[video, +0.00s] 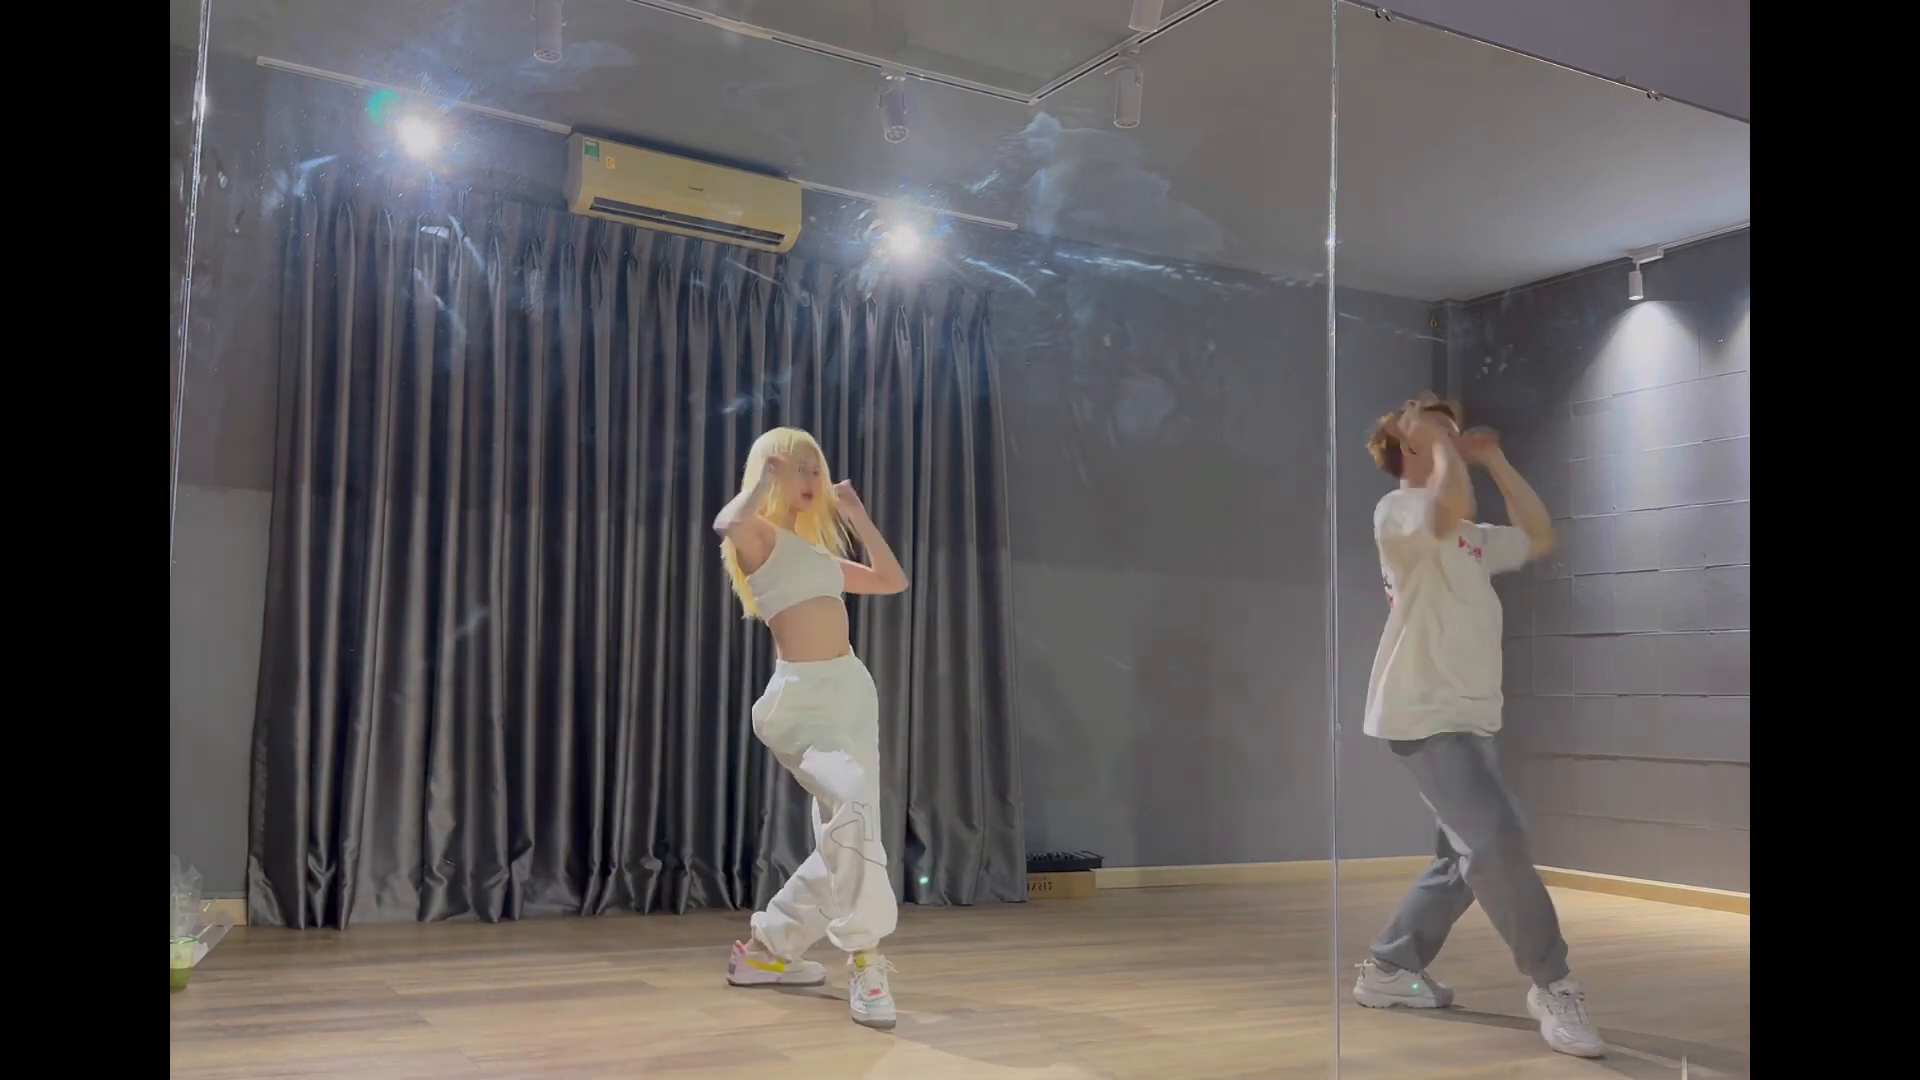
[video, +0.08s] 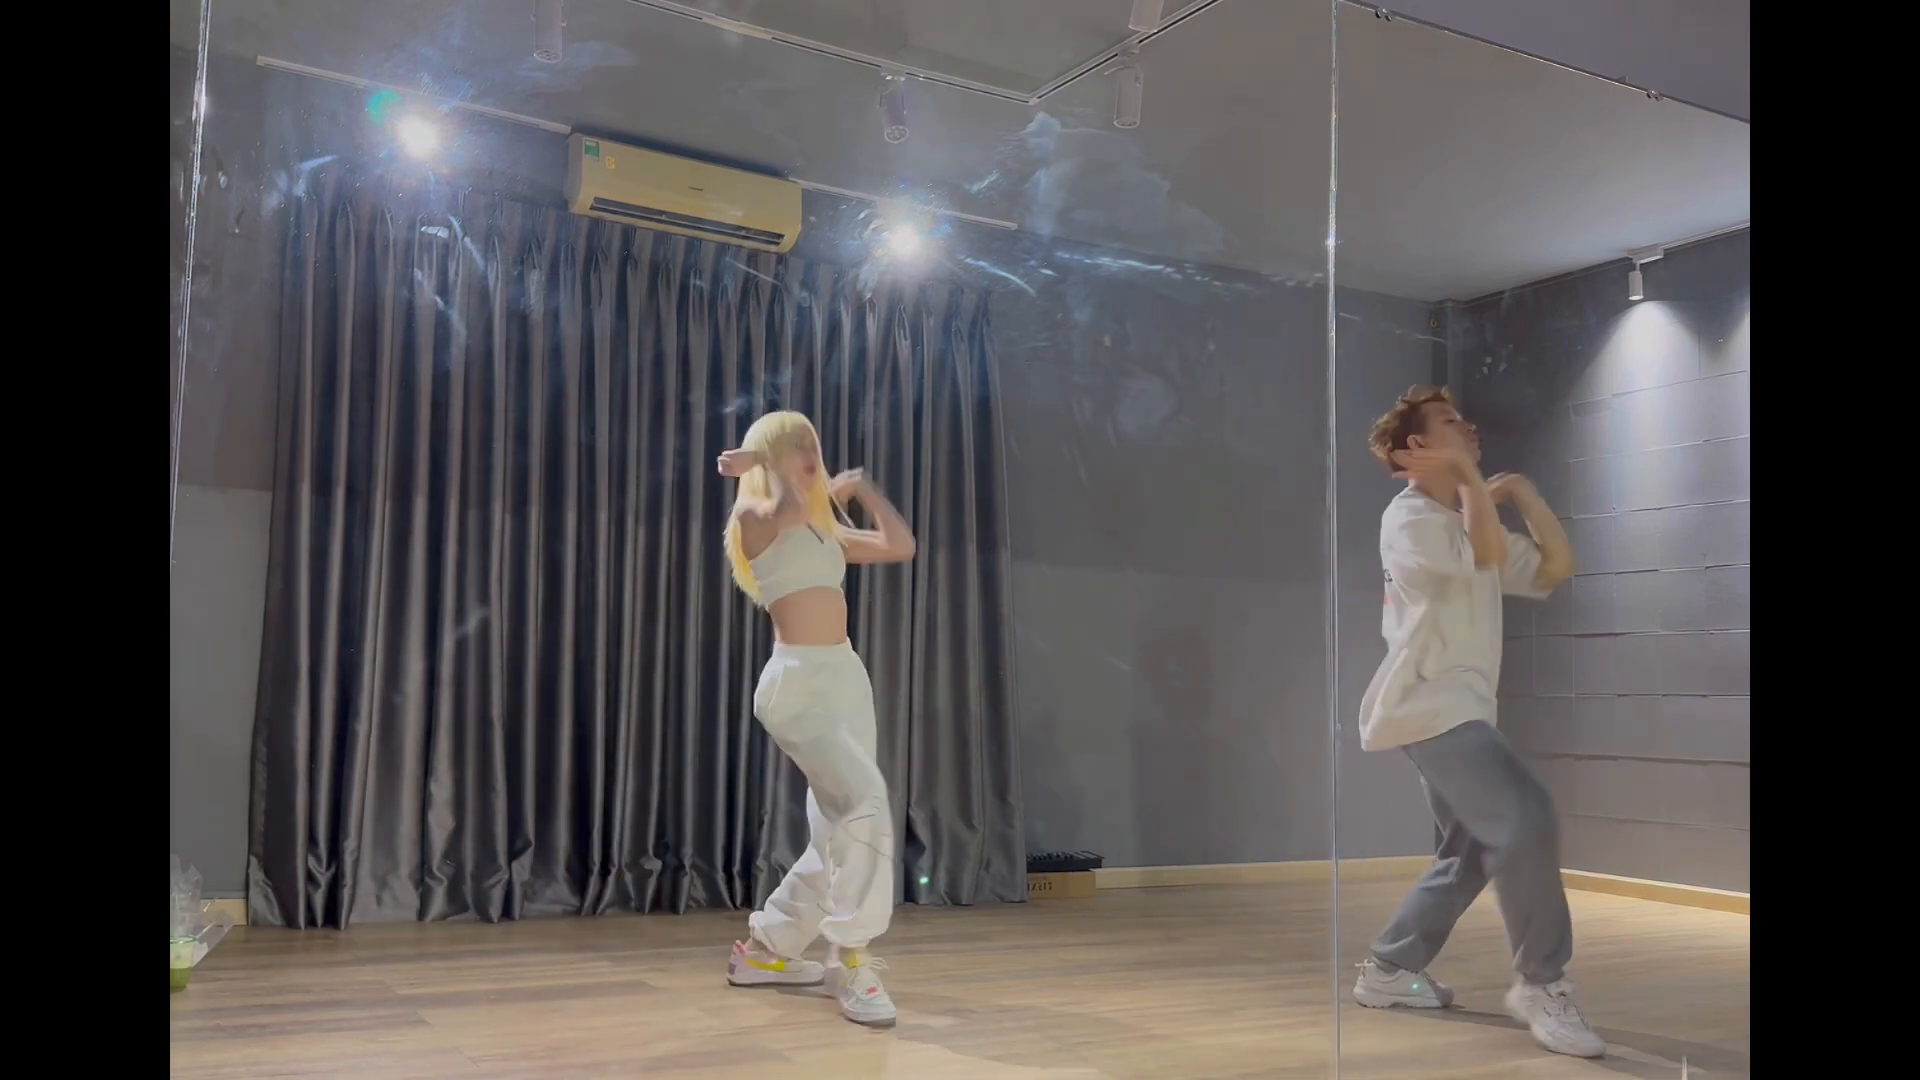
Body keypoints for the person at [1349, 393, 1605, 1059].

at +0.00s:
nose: (1445, 430)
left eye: (1448, 421)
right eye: (1429, 422)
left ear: (1455, 441)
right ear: (1401, 447)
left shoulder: (1472, 528)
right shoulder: (1393, 510)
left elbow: (1540, 537)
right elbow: (1449, 513)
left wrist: (1494, 460)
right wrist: (1446, 443)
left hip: (1477, 712)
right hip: (1421, 712)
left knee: (1467, 853)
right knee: (1497, 835)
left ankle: (1389, 970)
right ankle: (1552, 986)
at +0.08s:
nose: (1470, 428)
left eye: (1465, 420)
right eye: (1451, 421)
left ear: (1452, 447)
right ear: (1410, 450)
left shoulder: (1474, 525)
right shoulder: (1406, 517)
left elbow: (1555, 568)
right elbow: (1485, 558)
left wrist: (1527, 497)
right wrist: (1473, 481)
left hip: (1467, 705)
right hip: (1427, 706)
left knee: (1468, 851)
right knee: (1524, 817)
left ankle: (1390, 970)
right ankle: (1541, 985)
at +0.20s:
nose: (1473, 470)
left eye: (1477, 459)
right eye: (1461, 460)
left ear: (1474, 455)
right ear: (1415, 459)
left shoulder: (1471, 511)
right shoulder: (1387, 516)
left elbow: (1536, 510)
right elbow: (1459, 491)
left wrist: (1589, 461)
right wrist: (1535, 442)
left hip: (1450, 697)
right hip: (1459, 689)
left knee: (1471, 838)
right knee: (1546, 828)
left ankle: (1388, 968)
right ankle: (1535, 987)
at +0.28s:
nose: (1472, 472)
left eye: (1479, 460)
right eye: (1461, 457)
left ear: (1485, 462)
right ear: (1421, 448)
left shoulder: (1476, 504)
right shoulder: (1394, 513)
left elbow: (1526, 459)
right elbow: (1427, 436)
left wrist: (1548, 394)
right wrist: (1502, 367)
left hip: (1475, 701)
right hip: (1457, 703)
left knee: (1474, 850)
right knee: (1557, 827)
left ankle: (1388, 970)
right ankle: (1537, 983)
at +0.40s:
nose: (1472, 461)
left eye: (1479, 450)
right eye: (1462, 448)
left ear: (1481, 455)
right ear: (1423, 444)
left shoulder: (1469, 501)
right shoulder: (1394, 500)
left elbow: (1492, 422)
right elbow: (1400, 407)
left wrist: (1495, 341)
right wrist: (1455, 326)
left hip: (1485, 700)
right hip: (1436, 699)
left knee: (1473, 854)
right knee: (1546, 815)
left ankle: (1387, 970)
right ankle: (1544, 981)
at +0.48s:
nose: (1474, 465)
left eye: (1479, 455)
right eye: (1464, 452)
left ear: (1476, 456)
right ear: (1421, 441)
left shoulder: (1463, 501)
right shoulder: (1385, 497)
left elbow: (1484, 416)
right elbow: (1387, 407)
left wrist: (1473, 332)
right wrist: (1432, 318)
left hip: (1488, 698)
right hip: (1428, 696)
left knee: (1470, 844)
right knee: (1520, 821)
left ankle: (1392, 962)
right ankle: (1546, 985)